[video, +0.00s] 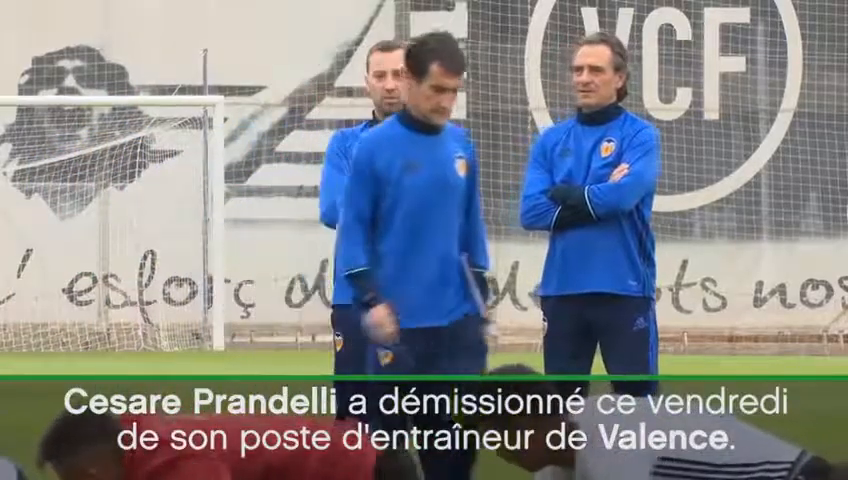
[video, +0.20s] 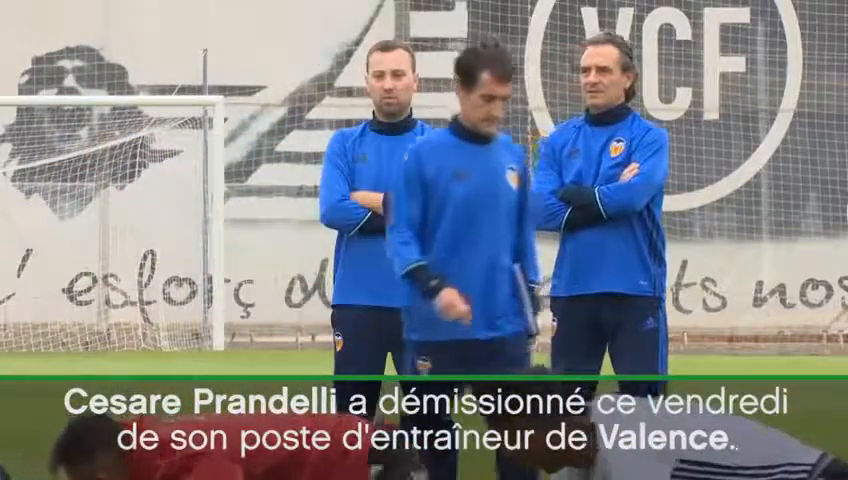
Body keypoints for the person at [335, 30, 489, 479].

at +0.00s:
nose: (447, 102)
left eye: (454, 91)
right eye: (438, 90)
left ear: (459, 88)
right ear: (408, 83)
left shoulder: (459, 143)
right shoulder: (372, 147)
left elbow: (472, 226)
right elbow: (351, 232)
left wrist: (481, 294)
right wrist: (371, 300)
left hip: (458, 317)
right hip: (396, 323)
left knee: (457, 440)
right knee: (391, 441)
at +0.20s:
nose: (496, 111)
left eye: (503, 100)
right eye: (486, 99)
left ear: (510, 95)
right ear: (459, 91)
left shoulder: (513, 155)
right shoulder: (422, 155)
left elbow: (523, 236)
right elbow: (400, 236)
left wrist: (536, 305)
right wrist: (434, 286)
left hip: (505, 327)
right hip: (438, 329)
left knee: (517, 443)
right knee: (436, 444)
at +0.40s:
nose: (551, 106)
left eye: (559, 95)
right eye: (542, 94)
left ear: (565, 91)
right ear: (516, 86)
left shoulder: (567, 152)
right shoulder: (475, 151)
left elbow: (582, 237)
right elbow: (452, 234)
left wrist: (596, 310)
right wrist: (460, 310)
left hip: (564, 321)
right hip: (501, 324)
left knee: (562, 444)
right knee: (502, 441)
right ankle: (477, 478)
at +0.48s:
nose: (569, 100)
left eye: (576, 89)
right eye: (559, 89)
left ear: (584, 87)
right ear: (532, 83)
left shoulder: (589, 147)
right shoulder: (496, 144)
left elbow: (604, 229)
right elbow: (468, 227)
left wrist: (619, 301)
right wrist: (461, 307)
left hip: (580, 313)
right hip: (516, 312)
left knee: (580, 429)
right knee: (545, 421)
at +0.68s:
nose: (611, 105)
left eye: (618, 94)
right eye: (600, 93)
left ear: (628, 95)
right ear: (574, 91)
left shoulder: (637, 158)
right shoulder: (541, 158)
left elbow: (658, 234)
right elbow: (507, 236)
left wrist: (668, 298)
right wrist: (490, 312)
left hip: (633, 327)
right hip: (567, 327)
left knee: (639, 445)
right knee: (583, 444)